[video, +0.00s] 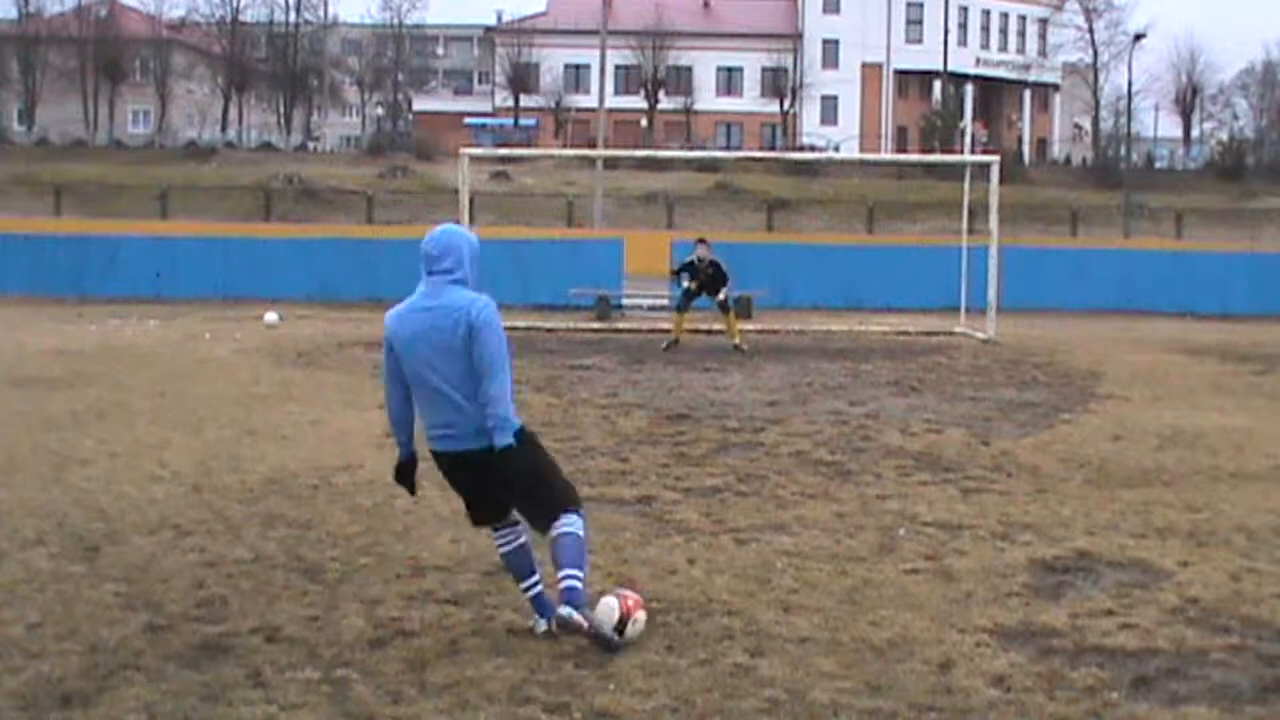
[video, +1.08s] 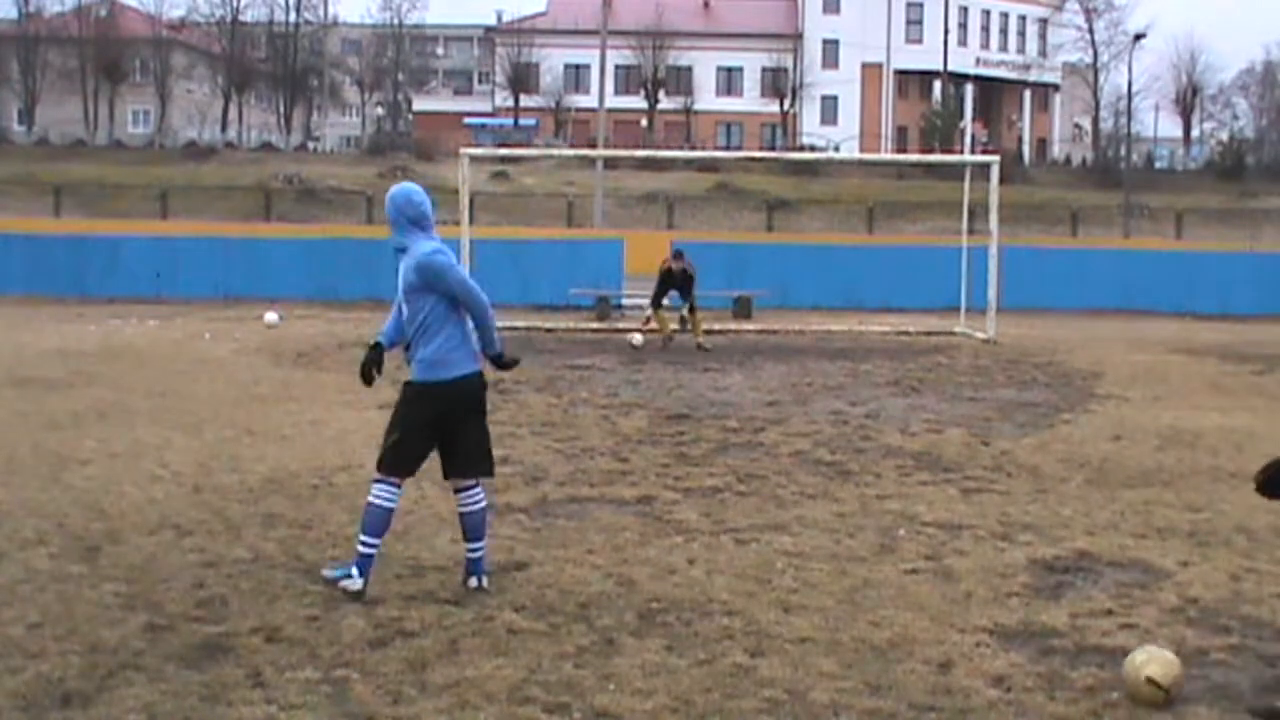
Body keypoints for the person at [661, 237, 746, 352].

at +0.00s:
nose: (701, 253)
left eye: (704, 250)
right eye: (699, 250)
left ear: (708, 252)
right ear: (696, 251)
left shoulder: (714, 265)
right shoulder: (690, 264)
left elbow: (725, 280)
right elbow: (678, 274)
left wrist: (722, 292)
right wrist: (686, 285)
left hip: (713, 288)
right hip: (696, 287)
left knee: (726, 309)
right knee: (681, 307)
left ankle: (736, 340)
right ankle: (675, 337)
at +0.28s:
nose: (701, 256)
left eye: (703, 253)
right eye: (699, 253)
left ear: (707, 256)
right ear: (695, 254)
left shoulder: (712, 272)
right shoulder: (686, 270)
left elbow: (713, 292)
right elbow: (680, 290)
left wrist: (711, 307)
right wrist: (683, 304)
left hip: (708, 295)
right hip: (691, 294)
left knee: (726, 313)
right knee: (679, 315)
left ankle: (733, 341)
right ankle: (672, 341)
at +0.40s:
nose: (701, 261)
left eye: (703, 258)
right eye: (698, 258)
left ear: (707, 261)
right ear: (695, 260)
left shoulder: (710, 276)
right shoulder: (688, 275)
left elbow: (708, 299)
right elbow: (687, 296)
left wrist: (707, 316)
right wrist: (688, 314)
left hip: (706, 298)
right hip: (691, 298)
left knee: (727, 307)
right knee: (676, 310)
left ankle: (732, 340)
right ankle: (673, 340)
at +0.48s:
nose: (716, 296)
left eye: (718, 294)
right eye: (714, 293)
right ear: (708, 286)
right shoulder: (686, 277)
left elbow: (704, 304)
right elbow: (686, 297)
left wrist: (702, 318)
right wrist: (686, 315)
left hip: (704, 293)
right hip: (688, 295)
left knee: (724, 313)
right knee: (673, 312)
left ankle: (732, 341)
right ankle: (674, 340)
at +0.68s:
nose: (690, 280)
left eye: (693, 276)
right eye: (688, 276)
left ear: (697, 277)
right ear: (683, 277)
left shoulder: (699, 290)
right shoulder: (678, 291)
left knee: (711, 312)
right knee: (667, 312)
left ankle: (702, 340)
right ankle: (672, 340)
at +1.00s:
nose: (682, 271)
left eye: (685, 268)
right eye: (680, 268)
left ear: (688, 267)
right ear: (676, 266)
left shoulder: (690, 276)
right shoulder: (669, 275)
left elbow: (690, 295)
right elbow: (664, 294)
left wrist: (683, 313)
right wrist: (662, 313)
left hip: (684, 288)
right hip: (671, 287)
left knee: (694, 311)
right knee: (664, 312)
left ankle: (698, 339)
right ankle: (672, 337)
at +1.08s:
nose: (677, 266)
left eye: (679, 263)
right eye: (675, 263)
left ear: (683, 262)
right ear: (671, 262)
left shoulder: (688, 272)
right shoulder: (665, 269)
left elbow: (689, 293)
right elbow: (659, 289)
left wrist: (685, 309)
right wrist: (651, 307)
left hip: (683, 287)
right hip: (667, 285)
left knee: (693, 310)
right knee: (656, 307)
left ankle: (699, 338)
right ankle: (666, 332)